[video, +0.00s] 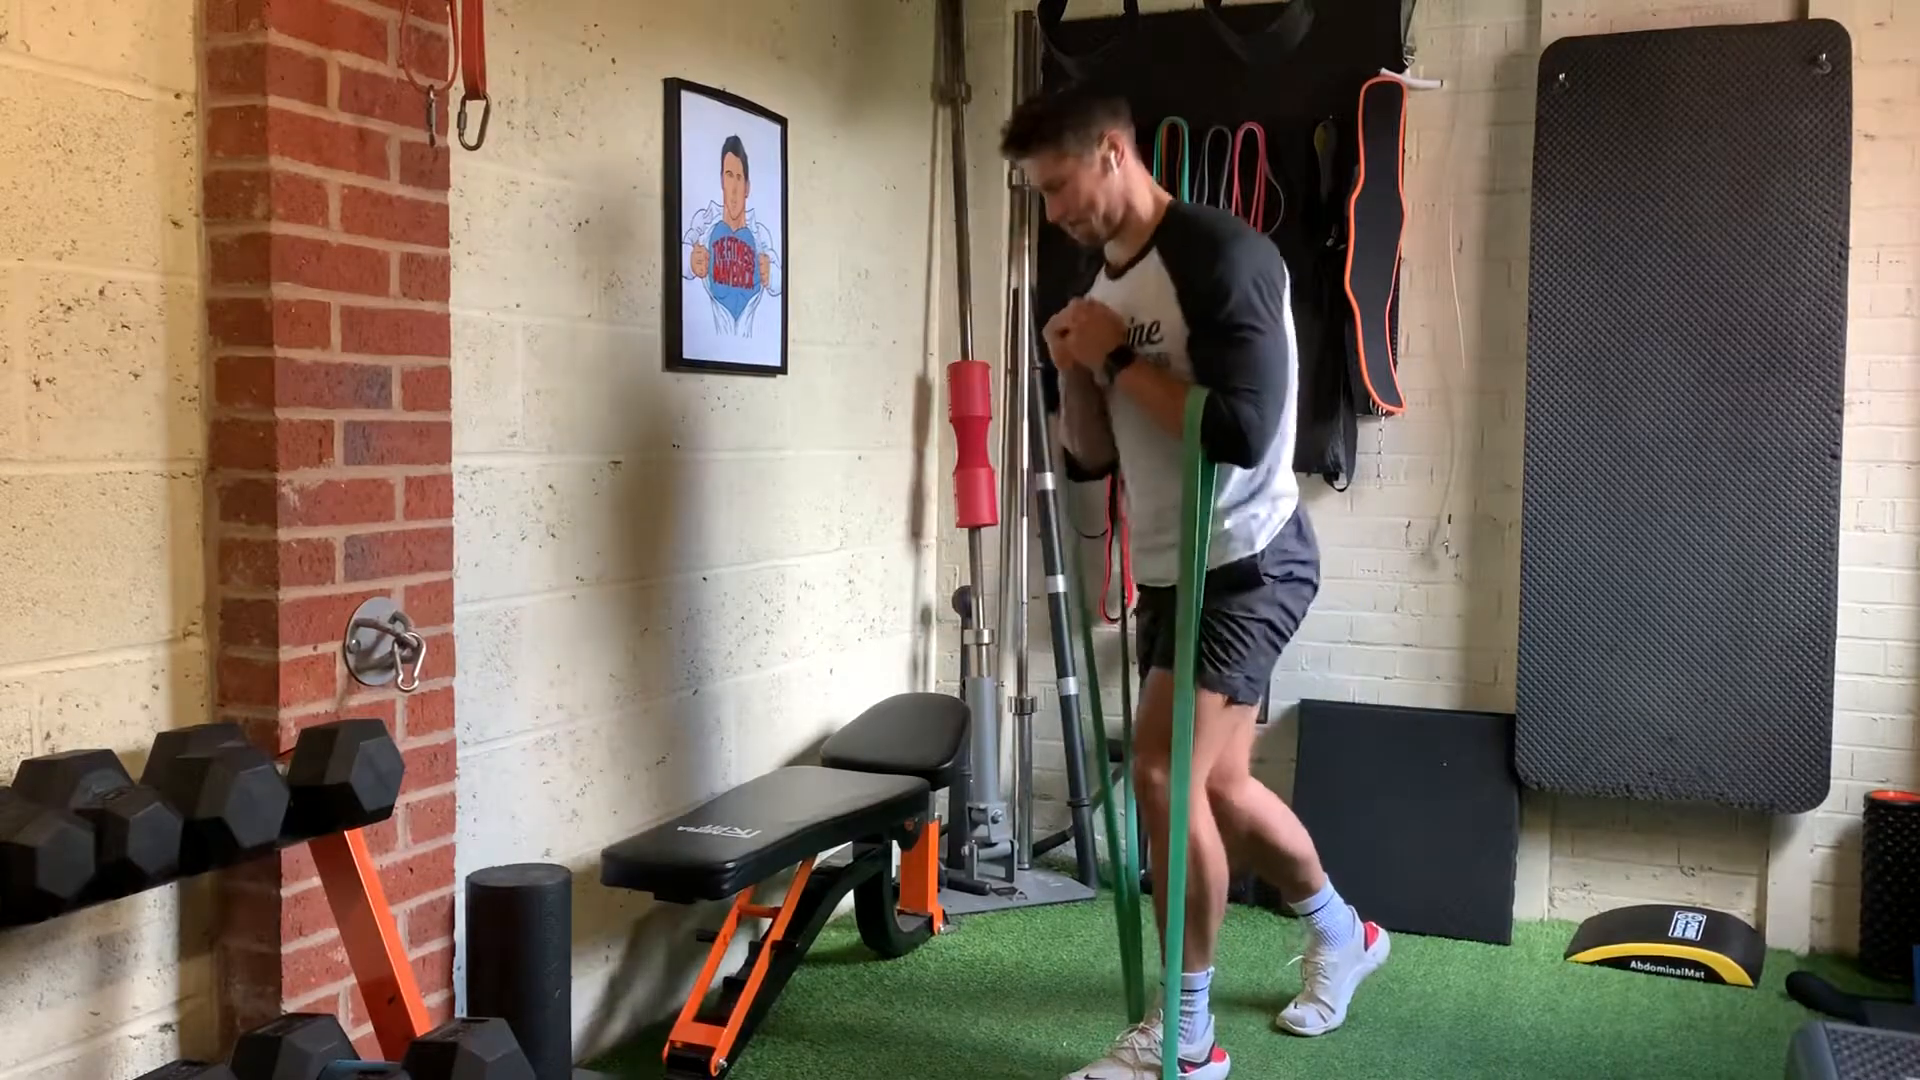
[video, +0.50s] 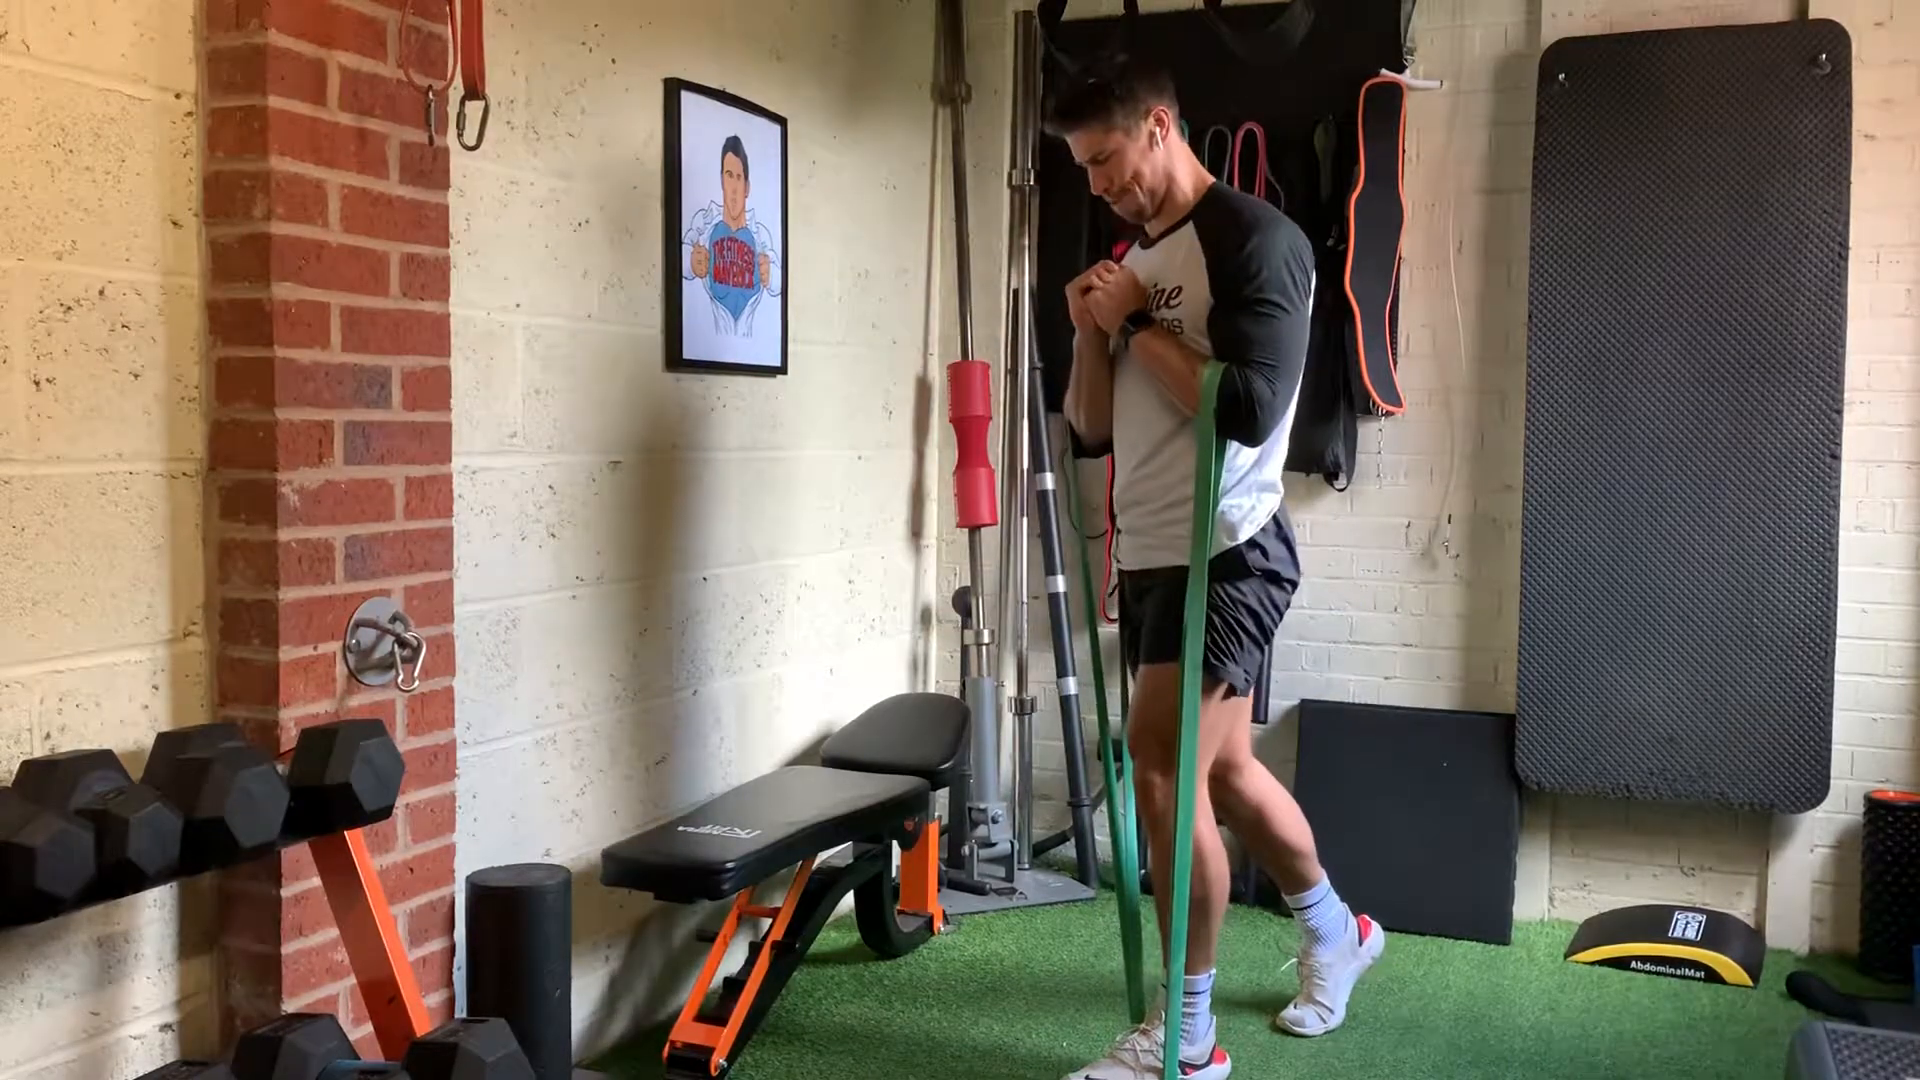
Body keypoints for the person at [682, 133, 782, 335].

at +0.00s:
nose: (733, 184)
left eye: (739, 176)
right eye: (729, 174)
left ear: (748, 187)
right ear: (721, 181)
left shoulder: (760, 234)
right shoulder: (705, 228)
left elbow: (780, 286)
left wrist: (770, 274)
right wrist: (695, 266)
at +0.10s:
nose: (733, 184)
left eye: (739, 176)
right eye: (729, 174)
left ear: (748, 187)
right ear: (721, 181)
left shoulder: (760, 233)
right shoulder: (705, 226)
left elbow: (779, 286)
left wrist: (770, 273)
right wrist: (695, 265)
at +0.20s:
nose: (733, 185)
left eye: (739, 176)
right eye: (729, 175)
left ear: (748, 187)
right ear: (721, 181)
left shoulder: (761, 233)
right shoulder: (705, 224)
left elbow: (779, 286)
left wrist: (770, 274)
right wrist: (694, 266)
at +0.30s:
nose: (733, 185)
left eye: (739, 177)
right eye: (729, 175)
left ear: (748, 187)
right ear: (721, 181)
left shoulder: (760, 233)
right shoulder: (705, 222)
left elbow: (779, 286)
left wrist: (770, 274)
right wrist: (695, 266)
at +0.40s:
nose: (734, 185)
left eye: (739, 176)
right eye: (729, 175)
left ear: (748, 187)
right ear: (721, 181)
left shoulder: (760, 233)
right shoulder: (704, 225)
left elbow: (779, 286)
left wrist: (769, 274)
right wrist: (694, 266)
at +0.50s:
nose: (733, 185)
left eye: (739, 176)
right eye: (729, 175)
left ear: (748, 187)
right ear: (721, 181)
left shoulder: (761, 233)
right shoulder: (704, 223)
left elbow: (779, 286)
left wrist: (769, 274)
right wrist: (692, 266)